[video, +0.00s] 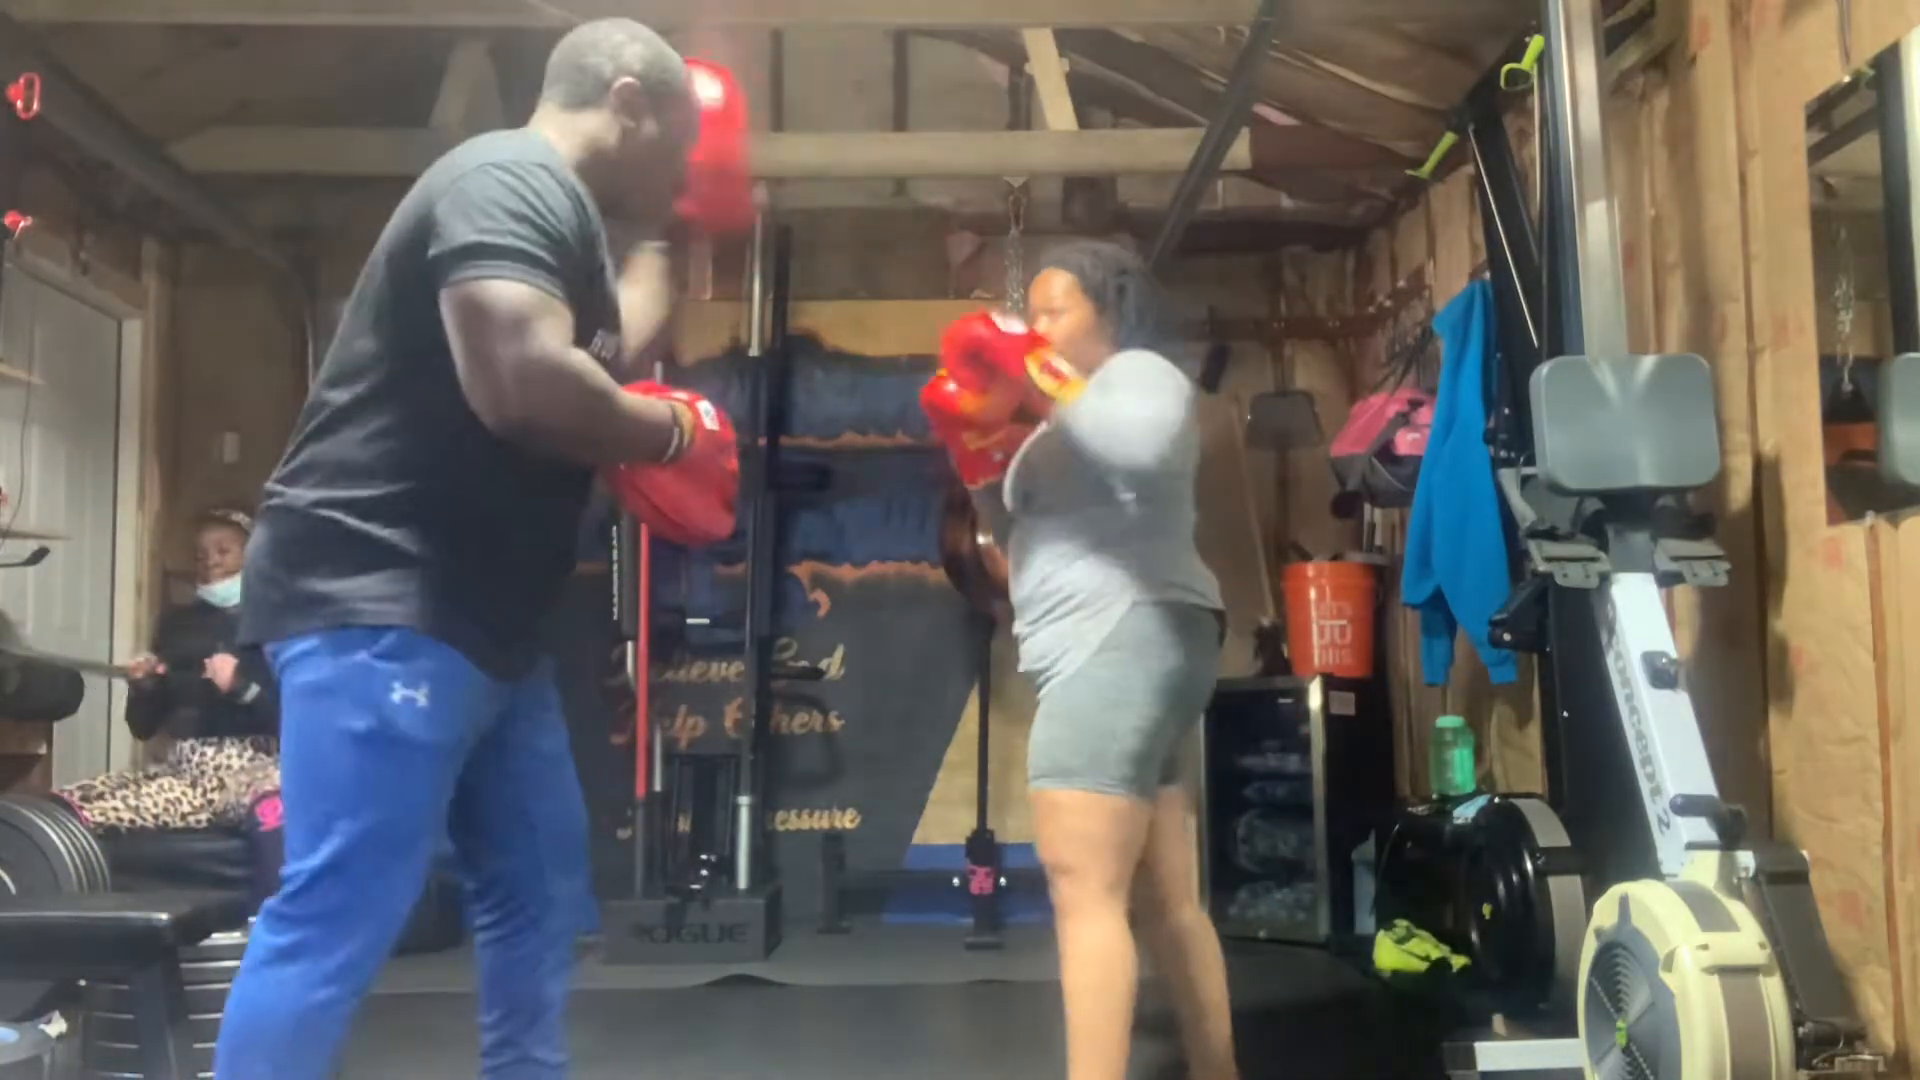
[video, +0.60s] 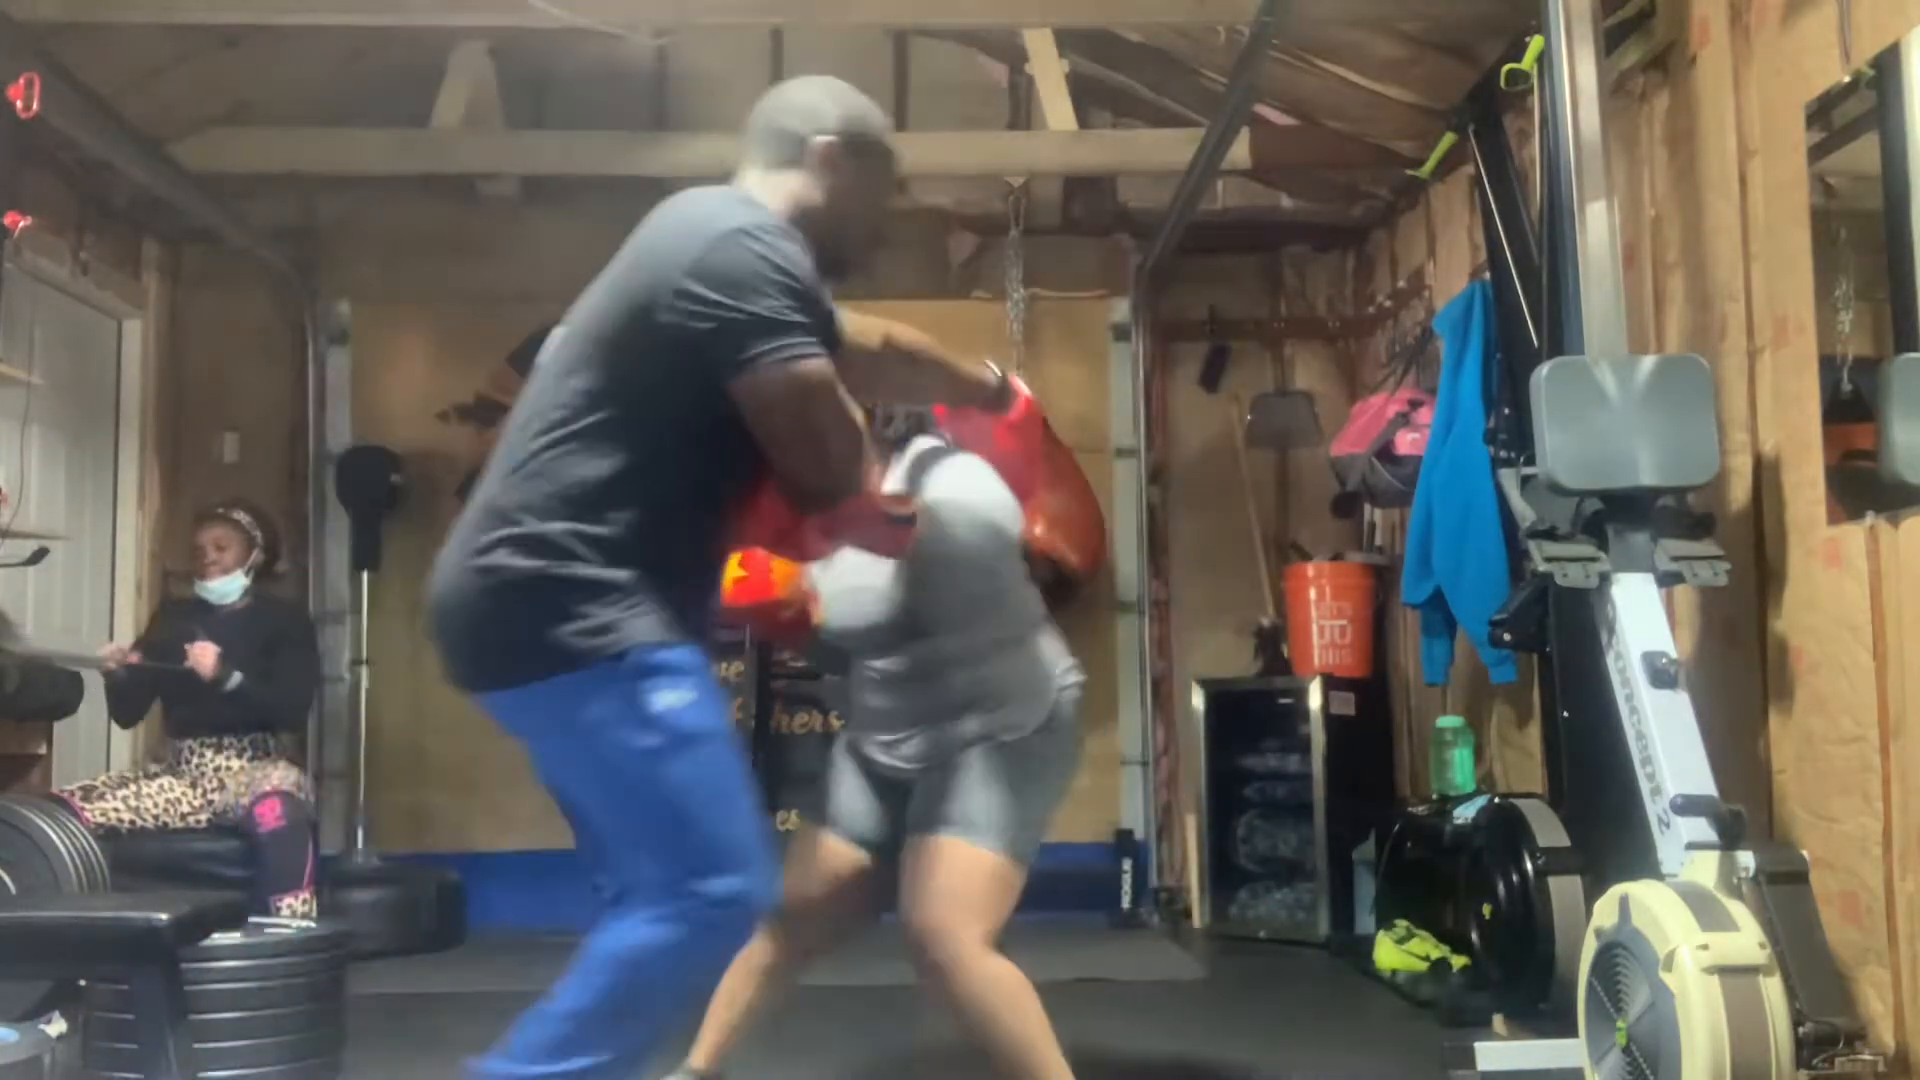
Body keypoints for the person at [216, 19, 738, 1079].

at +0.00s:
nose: (684, 169)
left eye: (691, 143)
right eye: (684, 137)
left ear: (609, 105)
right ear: (629, 100)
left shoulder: (564, 222)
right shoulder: (506, 176)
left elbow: (607, 367)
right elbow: (518, 381)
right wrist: (665, 428)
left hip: (487, 621)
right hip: (379, 602)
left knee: (538, 904)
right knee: (335, 920)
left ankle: (524, 1073)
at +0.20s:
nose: (674, 179)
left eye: (679, 154)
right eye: (673, 147)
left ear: (597, 112)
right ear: (616, 110)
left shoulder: (556, 229)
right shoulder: (495, 190)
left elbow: (598, 363)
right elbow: (524, 394)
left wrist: (723, 311)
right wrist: (669, 456)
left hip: (478, 639)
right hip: (367, 622)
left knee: (561, 868)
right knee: (285, 929)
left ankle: (534, 1071)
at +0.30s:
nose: (676, 209)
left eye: (683, 182)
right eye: (677, 175)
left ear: (585, 130)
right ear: (626, 132)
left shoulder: (557, 247)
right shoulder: (516, 220)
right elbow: (567, 438)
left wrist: (652, 410)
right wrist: (670, 501)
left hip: (488, 658)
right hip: (380, 644)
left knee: (607, 859)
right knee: (270, 949)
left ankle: (557, 1069)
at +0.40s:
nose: (724, 210)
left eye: (729, 186)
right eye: (723, 180)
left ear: (611, 141)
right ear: (670, 144)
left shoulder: (545, 233)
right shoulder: (593, 244)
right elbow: (701, 488)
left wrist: (713, 370)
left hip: (511, 656)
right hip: (421, 645)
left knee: (625, 864)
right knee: (295, 949)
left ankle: (574, 1071)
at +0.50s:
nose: (795, 210)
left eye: (799, 185)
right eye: (792, 180)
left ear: (694, 147)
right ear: (741, 149)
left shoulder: (640, 228)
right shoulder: (684, 243)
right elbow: (780, 471)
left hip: (569, 629)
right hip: (477, 618)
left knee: (643, 885)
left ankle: (579, 1069)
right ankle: (269, 1078)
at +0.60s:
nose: (881, 215)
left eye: (887, 191)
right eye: (880, 186)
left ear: (793, 158)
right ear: (826, 160)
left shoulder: (708, 227)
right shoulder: (745, 252)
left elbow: (853, 344)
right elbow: (833, 469)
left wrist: (968, 379)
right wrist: (855, 429)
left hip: (529, 591)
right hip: (571, 596)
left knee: (656, 889)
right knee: (719, 893)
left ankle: (559, 1069)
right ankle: (526, 1073)